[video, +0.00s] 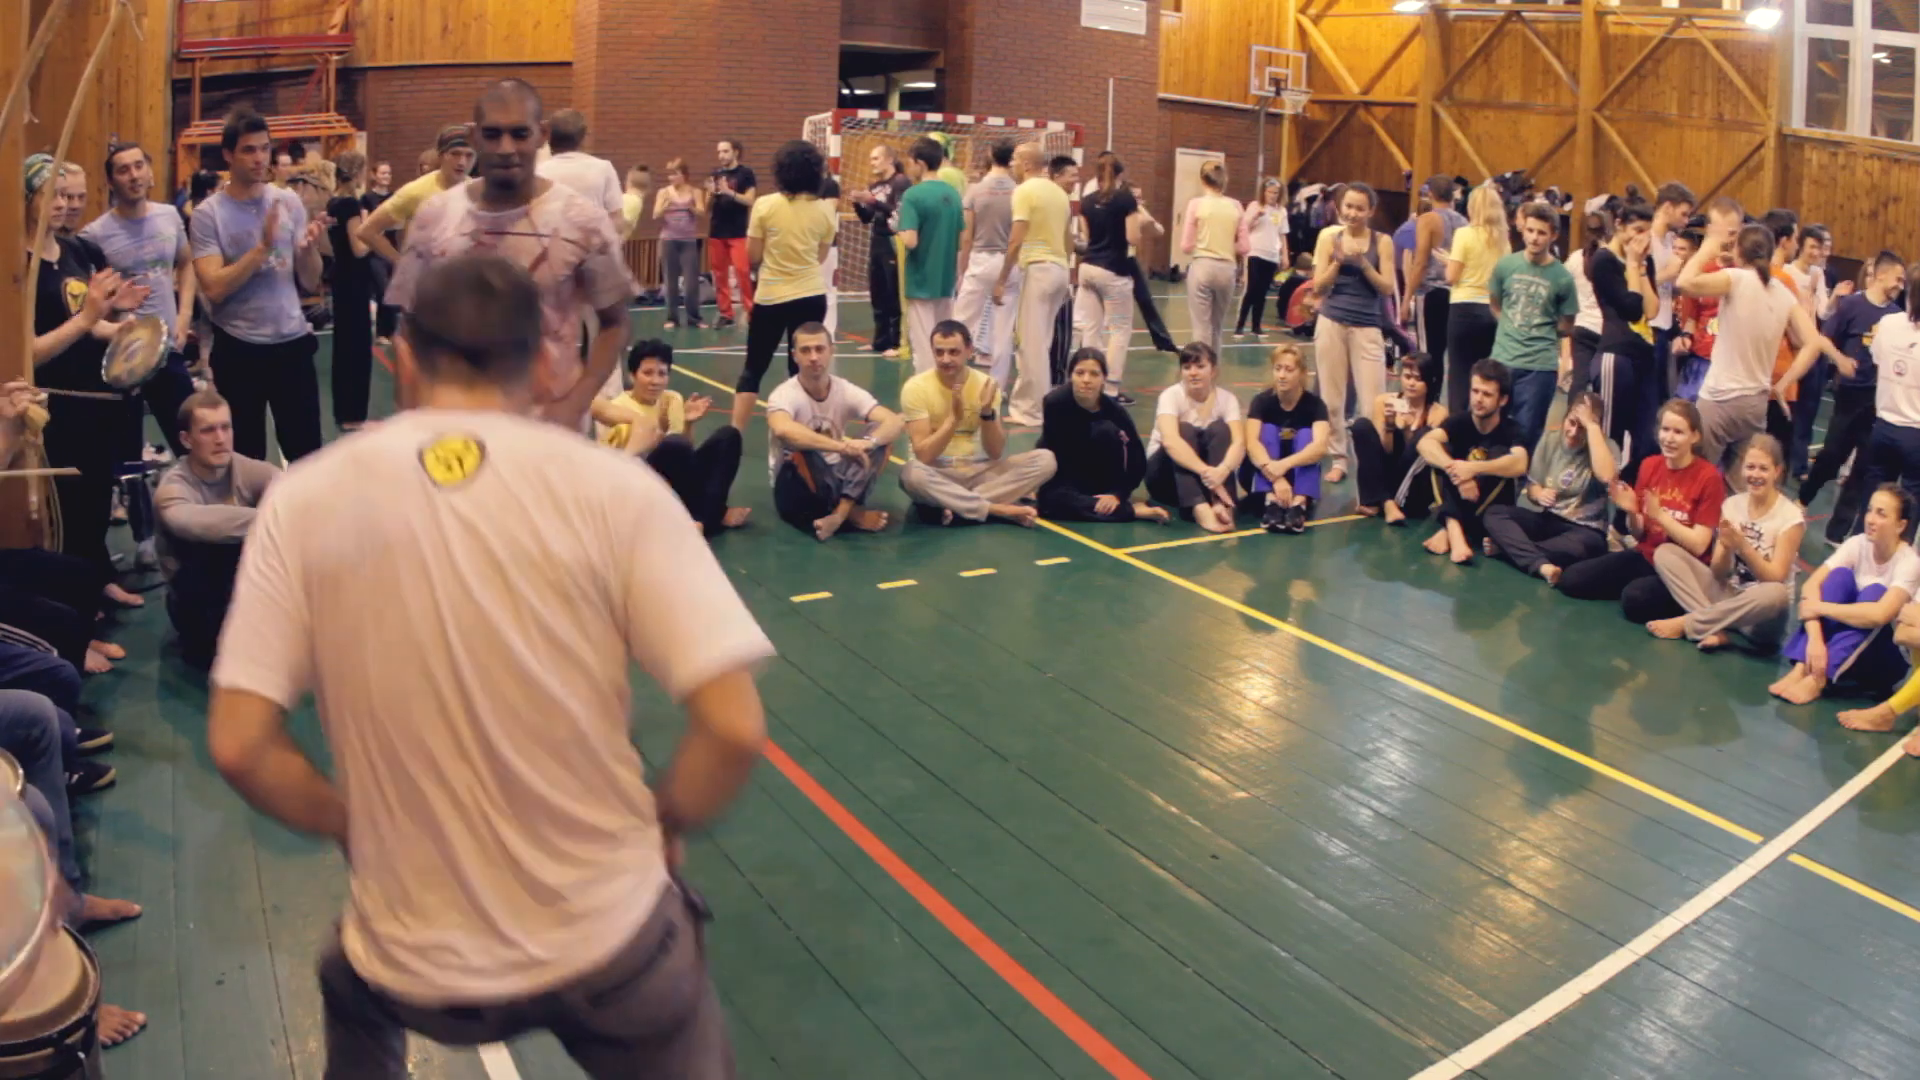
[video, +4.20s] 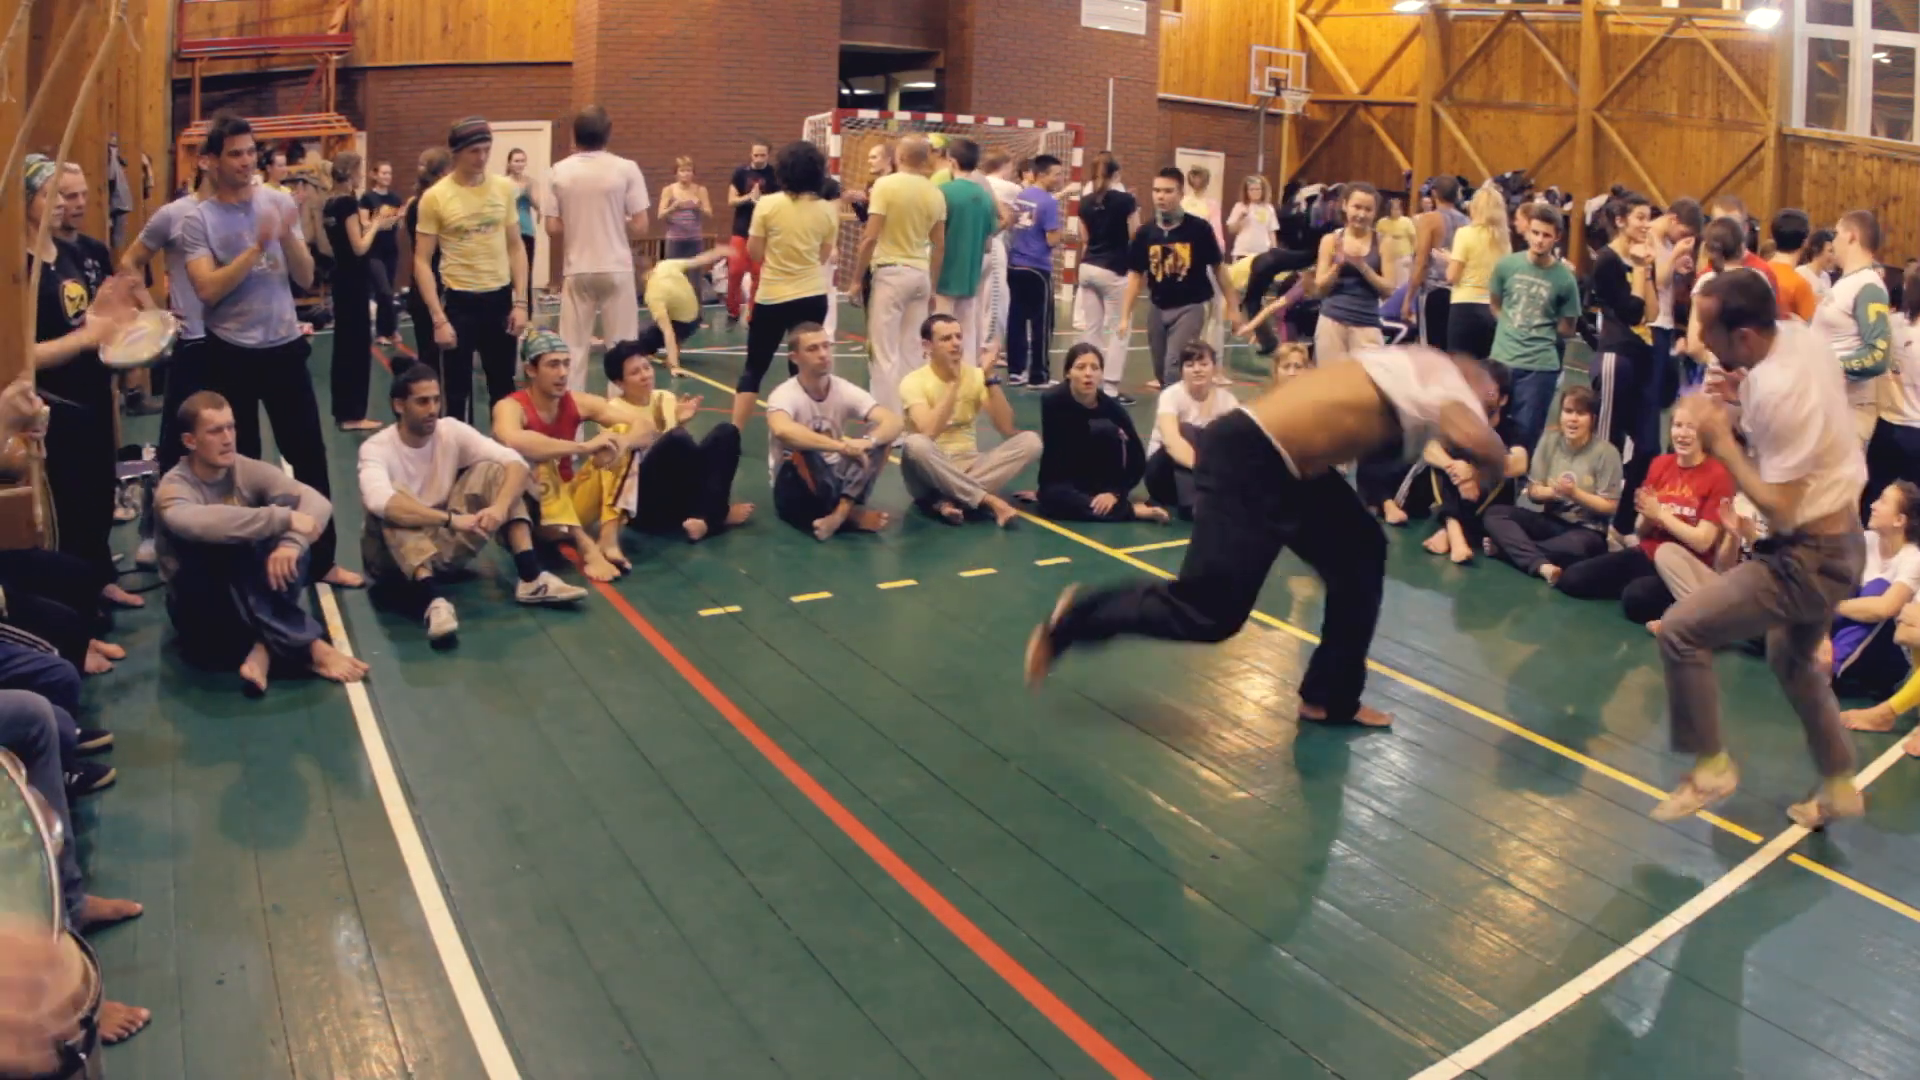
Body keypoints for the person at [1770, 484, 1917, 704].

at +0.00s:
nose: (1870, 519)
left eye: (1881, 514)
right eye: (1869, 511)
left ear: (1901, 526)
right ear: (1864, 513)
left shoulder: (1910, 562)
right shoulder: (1857, 544)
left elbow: (1880, 616)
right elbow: (1810, 586)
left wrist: (1818, 607)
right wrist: (1815, 641)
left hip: (1881, 667)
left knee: (1875, 592)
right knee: (1840, 577)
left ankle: (1817, 678)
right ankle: (1800, 668)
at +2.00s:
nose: (1870, 519)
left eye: (1881, 514)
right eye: (1869, 511)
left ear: (1901, 526)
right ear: (1864, 513)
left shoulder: (1909, 562)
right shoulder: (1857, 544)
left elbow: (1880, 615)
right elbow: (1810, 585)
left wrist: (1818, 607)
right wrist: (1815, 641)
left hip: (1881, 667)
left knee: (1874, 592)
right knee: (1840, 576)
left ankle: (1817, 678)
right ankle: (1800, 667)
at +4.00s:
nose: (1881, 516)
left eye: (1892, 512)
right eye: (1880, 507)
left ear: (1909, 524)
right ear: (1874, 510)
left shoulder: (1912, 559)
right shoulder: (1857, 543)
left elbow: (1886, 609)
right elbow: (1820, 588)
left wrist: (1828, 604)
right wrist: (1820, 639)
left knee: (1877, 586)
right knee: (1844, 571)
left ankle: (1828, 671)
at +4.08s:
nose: (1876, 511)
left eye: (1887, 507)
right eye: (1878, 504)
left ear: (1907, 524)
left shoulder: (1913, 558)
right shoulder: (1862, 541)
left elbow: (1885, 609)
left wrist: (1823, 603)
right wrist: (1823, 646)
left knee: (1879, 587)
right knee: (1847, 577)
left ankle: (1828, 672)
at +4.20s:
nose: (1873, 505)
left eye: (1883, 502)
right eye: (1878, 499)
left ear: (1900, 520)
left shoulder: (1912, 556)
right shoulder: (1862, 540)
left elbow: (1887, 608)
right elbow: (1822, 584)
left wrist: (1834, 606)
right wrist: (1822, 638)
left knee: (1878, 587)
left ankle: (1829, 666)